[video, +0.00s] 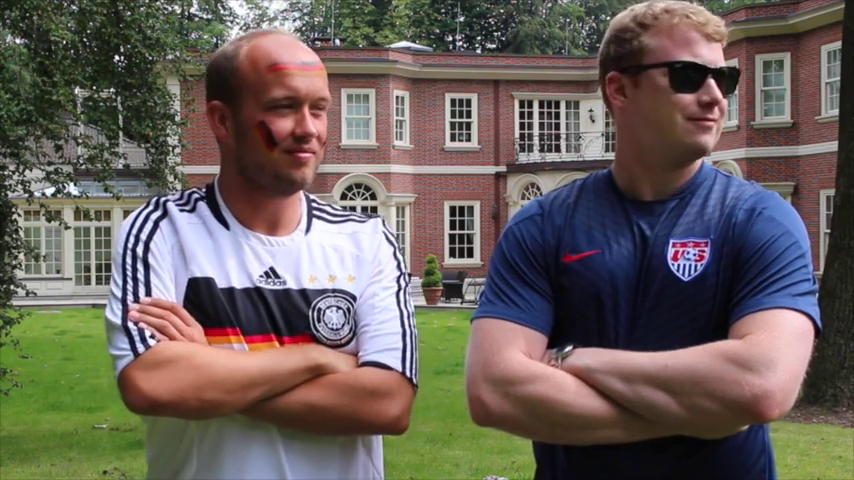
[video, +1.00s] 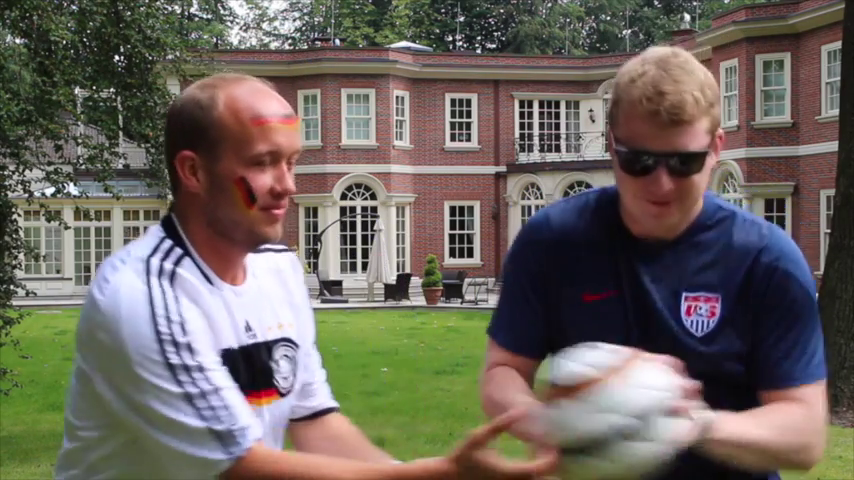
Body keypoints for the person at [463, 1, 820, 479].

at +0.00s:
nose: (714, 95)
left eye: (722, 79)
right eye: (687, 76)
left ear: (729, 90)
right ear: (618, 92)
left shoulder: (760, 220)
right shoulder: (539, 227)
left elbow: (762, 387)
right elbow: (492, 391)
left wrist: (569, 362)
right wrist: (685, 411)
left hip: (725, 473)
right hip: (575, 473)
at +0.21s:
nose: (717, 98)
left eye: (727, 81)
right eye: (691, 77)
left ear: (734, 91)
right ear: (622, 91)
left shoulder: (762, 221)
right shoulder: (540, 226)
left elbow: (763, 388)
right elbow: (492, 390)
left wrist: (571, 361)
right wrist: (686, 411)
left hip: (724, 473)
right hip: (575, 473)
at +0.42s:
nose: (716, 98)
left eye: (727, 81)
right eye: (690, 78)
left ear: (734, 92)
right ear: (621, 91)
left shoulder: (762, 221)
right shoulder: (540, 226)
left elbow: (762, 388)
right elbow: (491, 390)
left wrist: (571, 361)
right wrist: (683, 411)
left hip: (723, 473)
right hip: (574, 473)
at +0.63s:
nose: (711, 102)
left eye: (720, 84)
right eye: (684, 82)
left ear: (728, 92)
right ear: (618, 93)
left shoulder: (753, 211)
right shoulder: (542, 213)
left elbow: (789, 374)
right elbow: (497, 387)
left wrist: (592, 346)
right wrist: (653, 457)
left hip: (724, 472)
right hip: (578, 469)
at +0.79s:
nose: (679, 132)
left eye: (695, 108)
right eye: (653, 113)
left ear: (710, 105)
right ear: (601, 113)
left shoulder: (763, 214)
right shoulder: (542, 211)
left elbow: (823, 342)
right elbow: (492, 378)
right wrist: (600, 415)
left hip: (729, 470)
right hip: (592, 474)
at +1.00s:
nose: (661, 183)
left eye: (684, 161)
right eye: (638, 160)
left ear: (716, 148)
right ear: (611, 145)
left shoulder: (768, 259)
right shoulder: (552, 238)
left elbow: (804, 433)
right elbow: (503, 371)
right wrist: (546, 425)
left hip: (720, 466)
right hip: (587, 465)